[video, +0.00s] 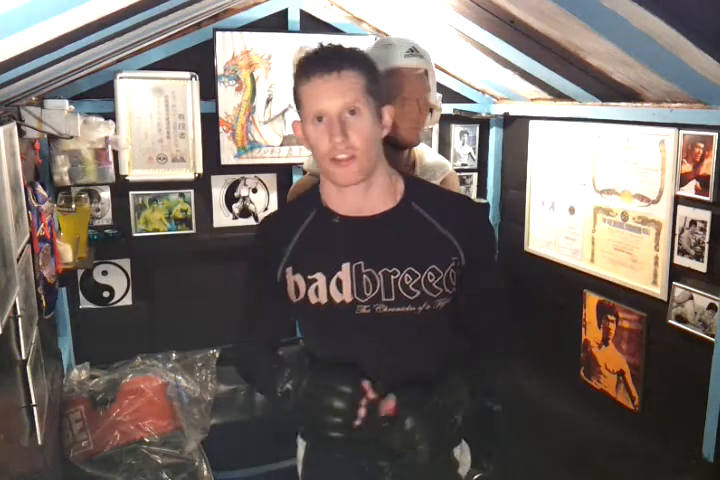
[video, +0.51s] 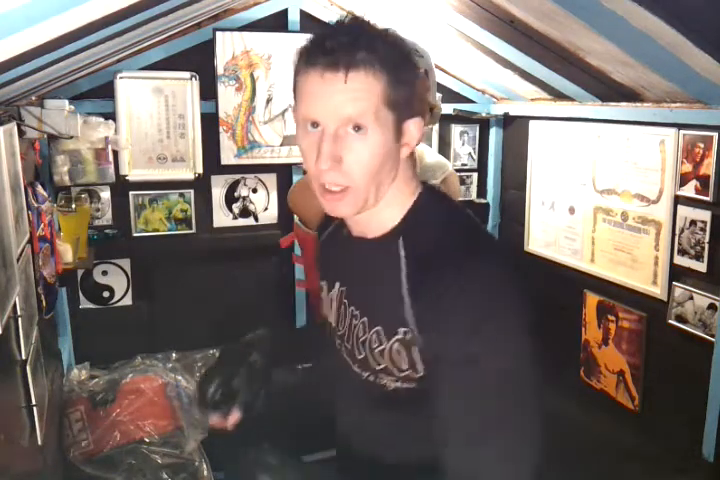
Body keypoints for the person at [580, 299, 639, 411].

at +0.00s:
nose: (610, 326)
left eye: (613, 322)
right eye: (607, 321)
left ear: (616, 326)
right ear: (601, 324)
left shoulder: (620, 360)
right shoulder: (589, 344)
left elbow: (634, 395)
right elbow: (579, 371)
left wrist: (636, 404)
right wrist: (589, 382)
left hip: (609, 402)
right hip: (588, 397)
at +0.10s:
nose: (610, 326)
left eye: (613, 322)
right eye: (607, 321)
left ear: (616, 326)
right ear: (600, 323)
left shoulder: (620, 360)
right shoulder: (589, 345)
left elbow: (634, 395)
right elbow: (578, 371)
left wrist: (636, 405)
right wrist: (589, 382)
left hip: (609, 402)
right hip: (588, 398)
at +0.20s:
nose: (610, 326)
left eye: (613, 322)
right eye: (607, 321)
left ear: (616, 326)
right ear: (601, 323)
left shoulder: (620, 360)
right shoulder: (589, 344)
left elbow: (634, 395)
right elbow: (578, 371)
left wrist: (636, 404)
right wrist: (589, 382)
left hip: (609, 403)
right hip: (588, 398)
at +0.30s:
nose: (610, 326)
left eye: (613, 322)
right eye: (607, 321)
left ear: (616, 326)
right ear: (601, 324)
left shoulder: (620, 360)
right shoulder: (589, 344)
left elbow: (634, 395)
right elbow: (579, 371)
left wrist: (636, 404)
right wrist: (589, 382)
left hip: (609, 402)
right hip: (588, 397)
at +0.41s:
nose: (610, 326)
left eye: (613, 322)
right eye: (607, 321)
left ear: (616, 326)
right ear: (601, 323)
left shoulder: (620, 360)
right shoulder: (589, 344)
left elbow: (634, 395)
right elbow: (578, 371)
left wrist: (636, 405)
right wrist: (589, 382)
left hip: (609, 402)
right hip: (588, 398)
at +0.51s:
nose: (610, 326)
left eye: (613, 322)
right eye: (607, 321)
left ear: (616, 326)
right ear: (601, 323)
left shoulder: (620, 360)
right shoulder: (589, 344)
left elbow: (634, 395)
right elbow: (578, 371)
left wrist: (636, 404)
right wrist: (589, 382)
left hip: (609, 402)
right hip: (588, 397)